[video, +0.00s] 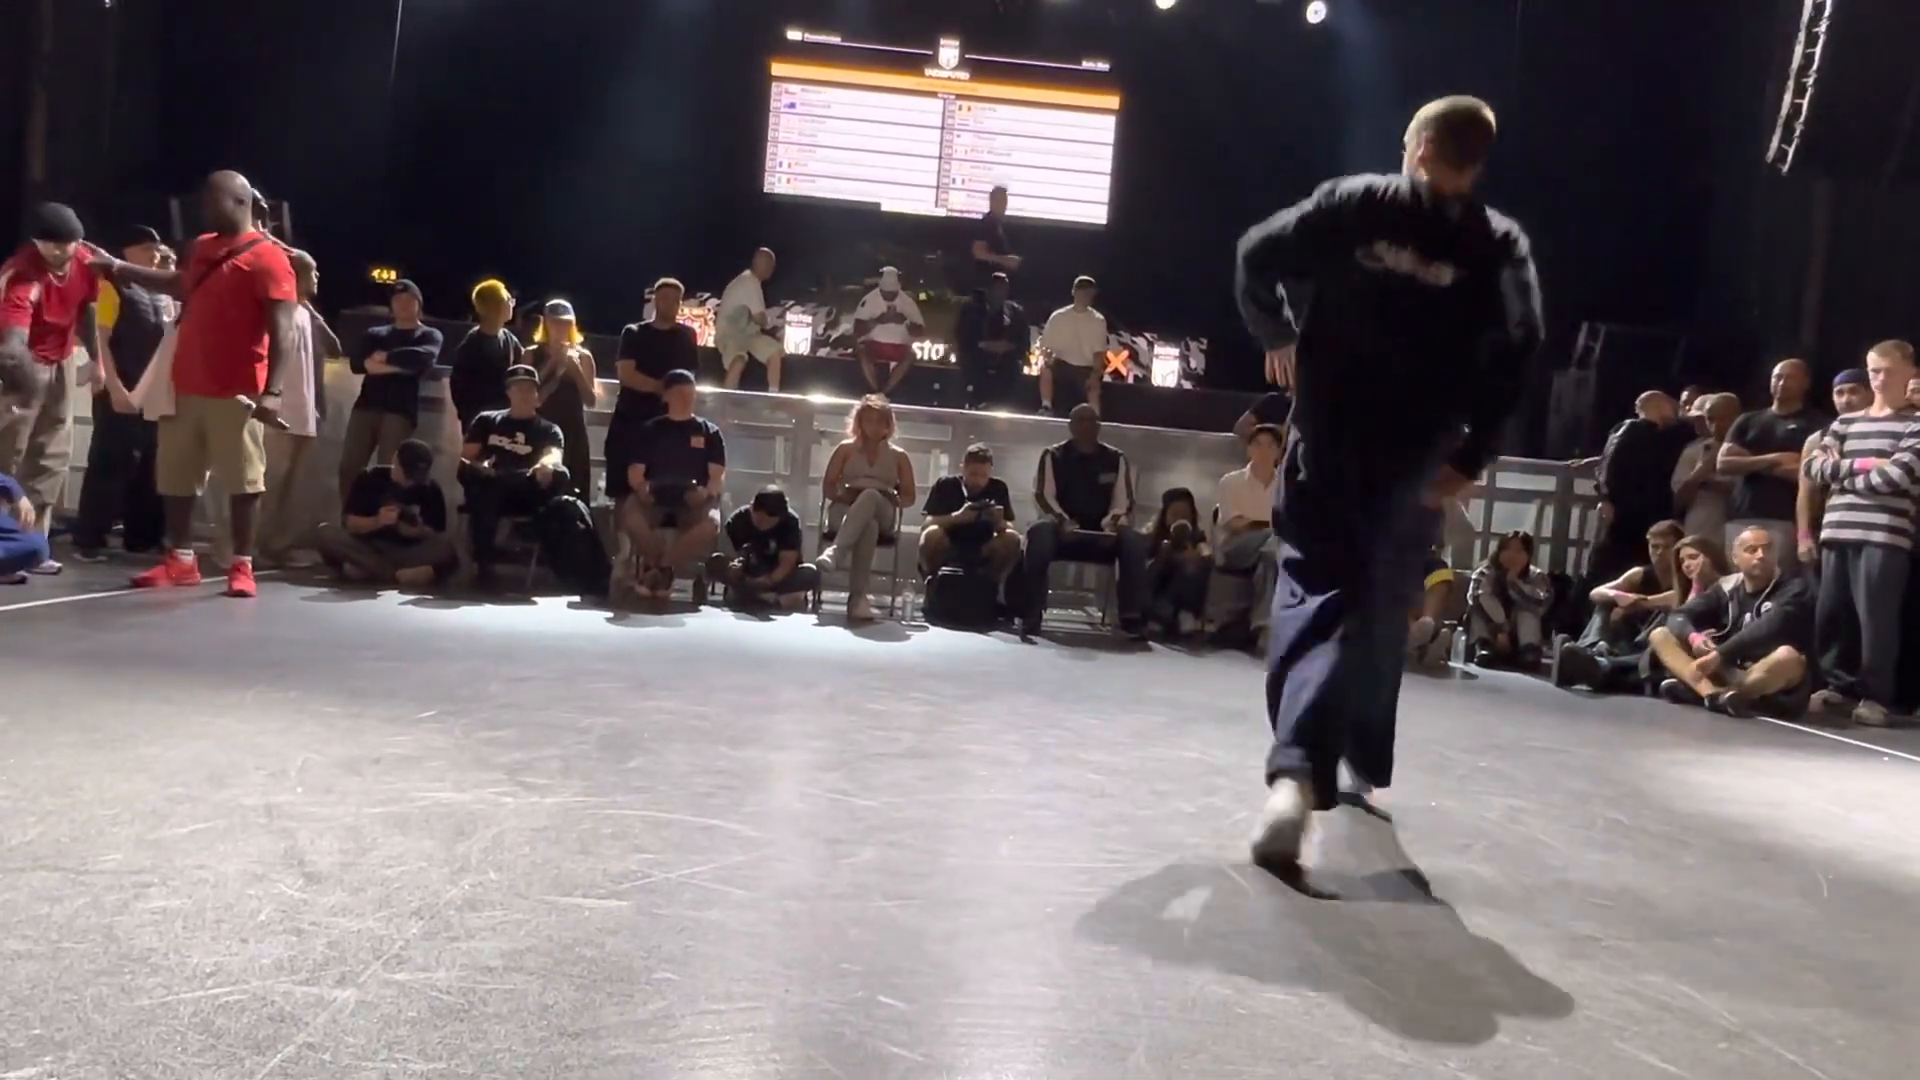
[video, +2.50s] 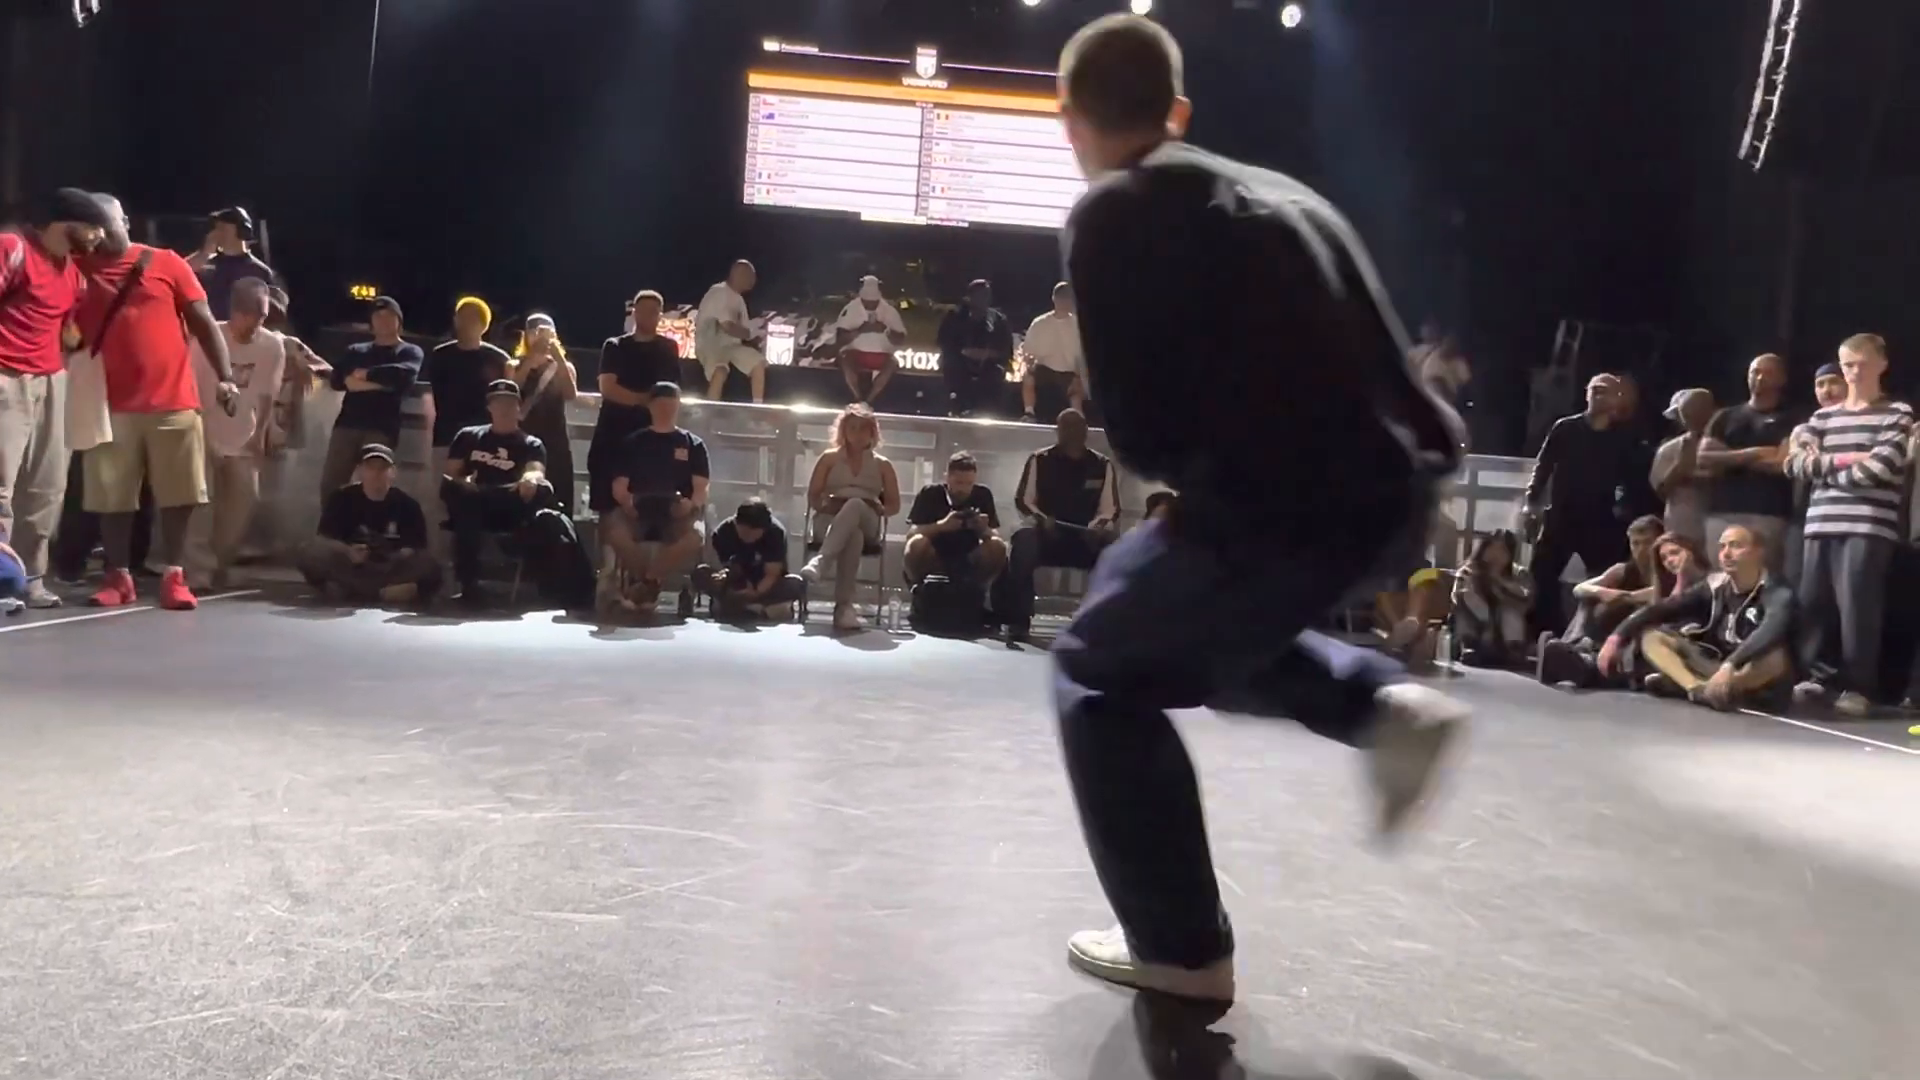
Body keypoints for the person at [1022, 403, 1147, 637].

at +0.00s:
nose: (1086, 427)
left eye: (1091, 421)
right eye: (1080, 421)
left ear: (1099, 425)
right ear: (1070, 425)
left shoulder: (1116, 458)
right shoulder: (1053, 455)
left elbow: (1122, 501)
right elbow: (1045, 496)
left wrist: (1113, 519)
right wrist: (1062, 520)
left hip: (1102, 536)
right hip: (1066, 533)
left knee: (1132, 539)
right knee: (1039, 532)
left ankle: (1132, 618)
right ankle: (1032, 616)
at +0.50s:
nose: (1086, 427)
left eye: (1091, 422)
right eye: (1079, 422)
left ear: (1099, 426)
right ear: (1069, 426)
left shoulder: (1115, 459)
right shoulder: (1052, 456)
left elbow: (1122, 501)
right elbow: (1044, 497)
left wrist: (1113, 519)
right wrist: (1060, 520)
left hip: (1100, 536)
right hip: (1066, 534)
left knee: (1131, 540)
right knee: (1039, 533)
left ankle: (1130, 618)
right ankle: (1030, 619)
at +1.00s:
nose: (1087, 429)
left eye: (1093, 423)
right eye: (1081, 423)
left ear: (1102, 428)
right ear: (1071, 428)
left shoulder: (1118, 462)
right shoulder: (1053, 457)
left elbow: (1123, 503)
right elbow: (1037, 500)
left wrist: (1114, 519)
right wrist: (1053, 486)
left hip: (1099, 535)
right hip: (1062, 533)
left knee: (1132, 541)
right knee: (1040, 536)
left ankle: (1132, 619)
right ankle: (1031, 619)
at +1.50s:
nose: (1086, 430)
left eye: (1092, 424)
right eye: (1080, 425)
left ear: (1101, 430)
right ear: (1072, 430)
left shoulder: (1120, 463)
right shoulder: (1061, 455)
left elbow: (1124, 504)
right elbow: (1036, 464)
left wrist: (1115, 520)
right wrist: (1058, 429)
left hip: (1099, 535)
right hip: (1062, 532)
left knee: (1131, 543)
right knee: (1043, 537)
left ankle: (1131, 622)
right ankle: (1031, 621)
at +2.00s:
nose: (1082, 433)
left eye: (1087, 426)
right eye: (1077, 427)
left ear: (1097, 430)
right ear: (1068, 430)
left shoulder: (1114, 465)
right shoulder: (1054, 457)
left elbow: (1117, 506)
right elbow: (1030, 486)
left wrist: (1106, 523)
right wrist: (1045, 453)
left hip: (1092, 537)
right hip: (1056, 535)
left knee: (1124, 542)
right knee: (1036, 537)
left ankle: (1124, 621)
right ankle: (1025, 621)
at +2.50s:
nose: (1072, 436)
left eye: (1077, 430)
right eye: (1066, 430)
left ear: (1086, 432)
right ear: (1057, 432)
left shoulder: (1102, 465)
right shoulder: (1038, 460)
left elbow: (1109, 508)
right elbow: (1024, 500)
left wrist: (1100, 522)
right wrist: (1040, 518)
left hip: (1085, 536)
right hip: (1049, 534)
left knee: (1112, 544)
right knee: (1023, 539)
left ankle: (1104, 626)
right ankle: (1019, 622)